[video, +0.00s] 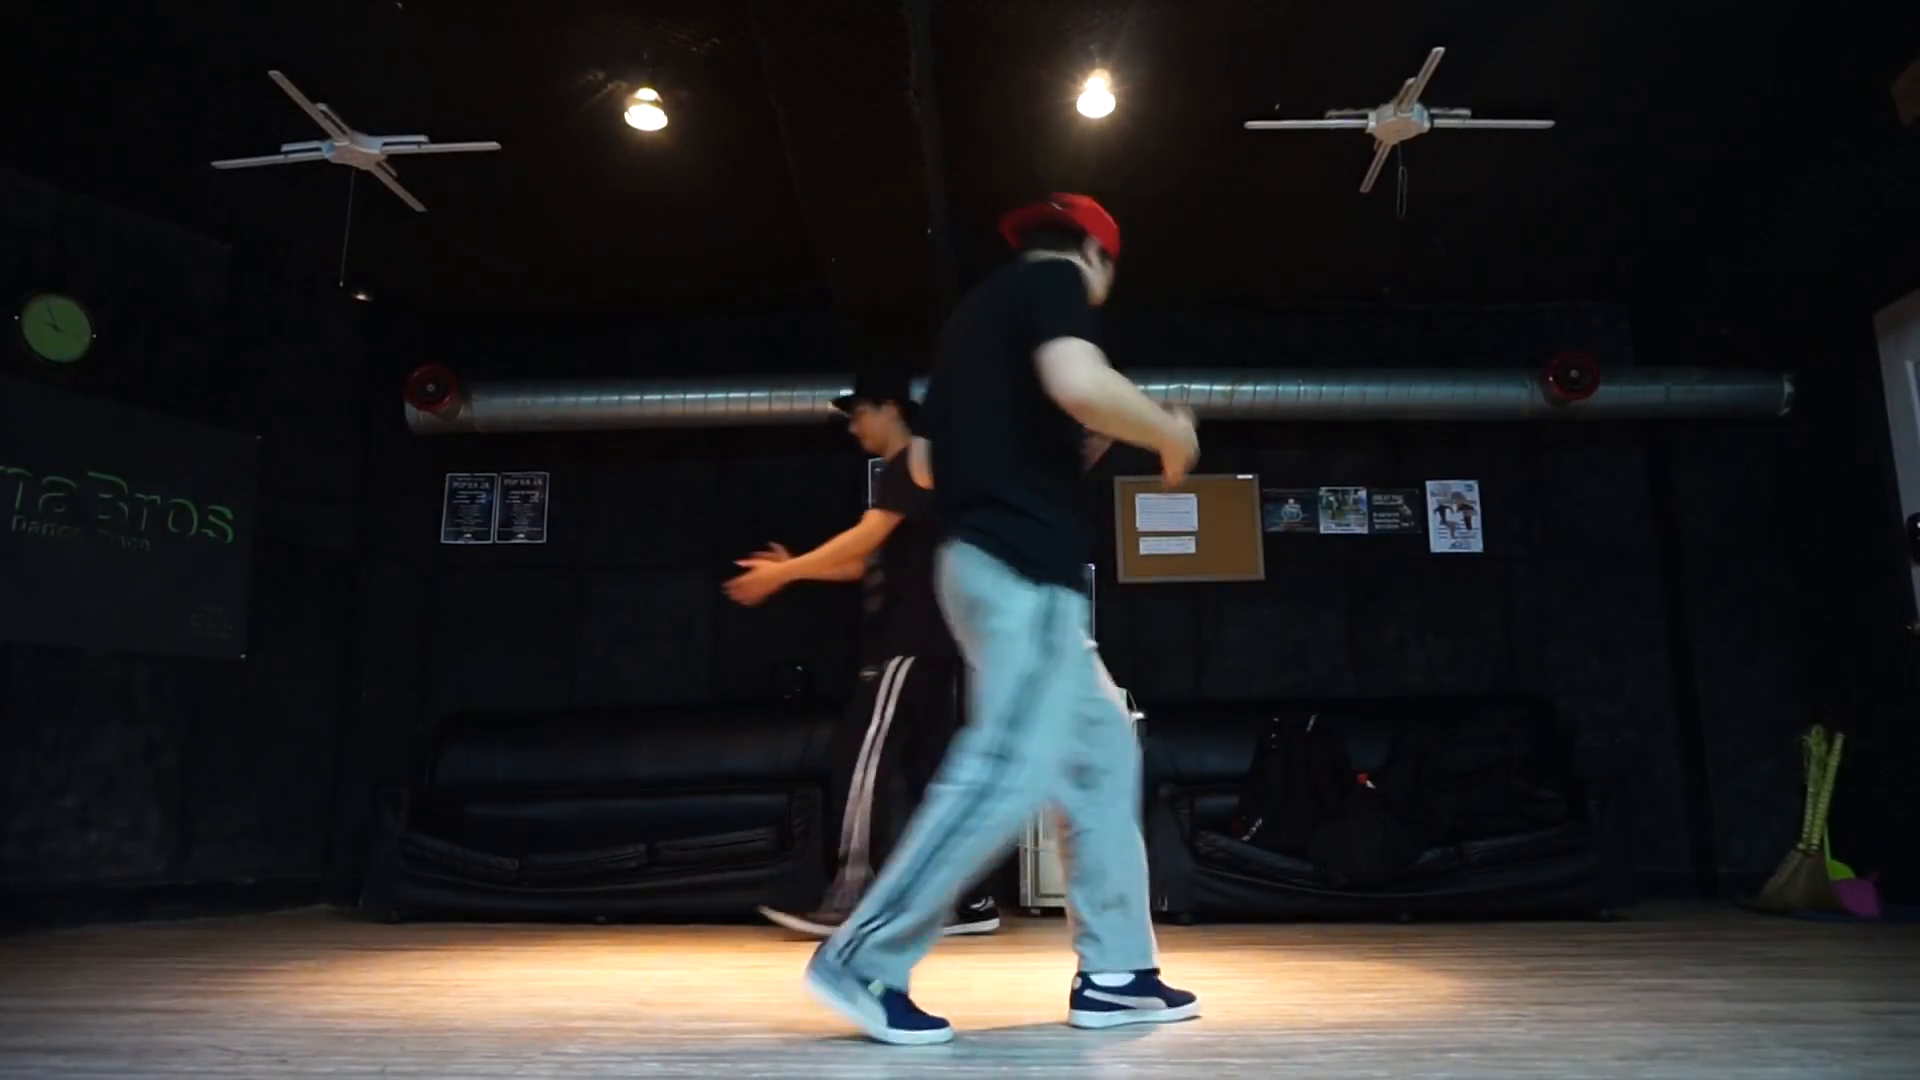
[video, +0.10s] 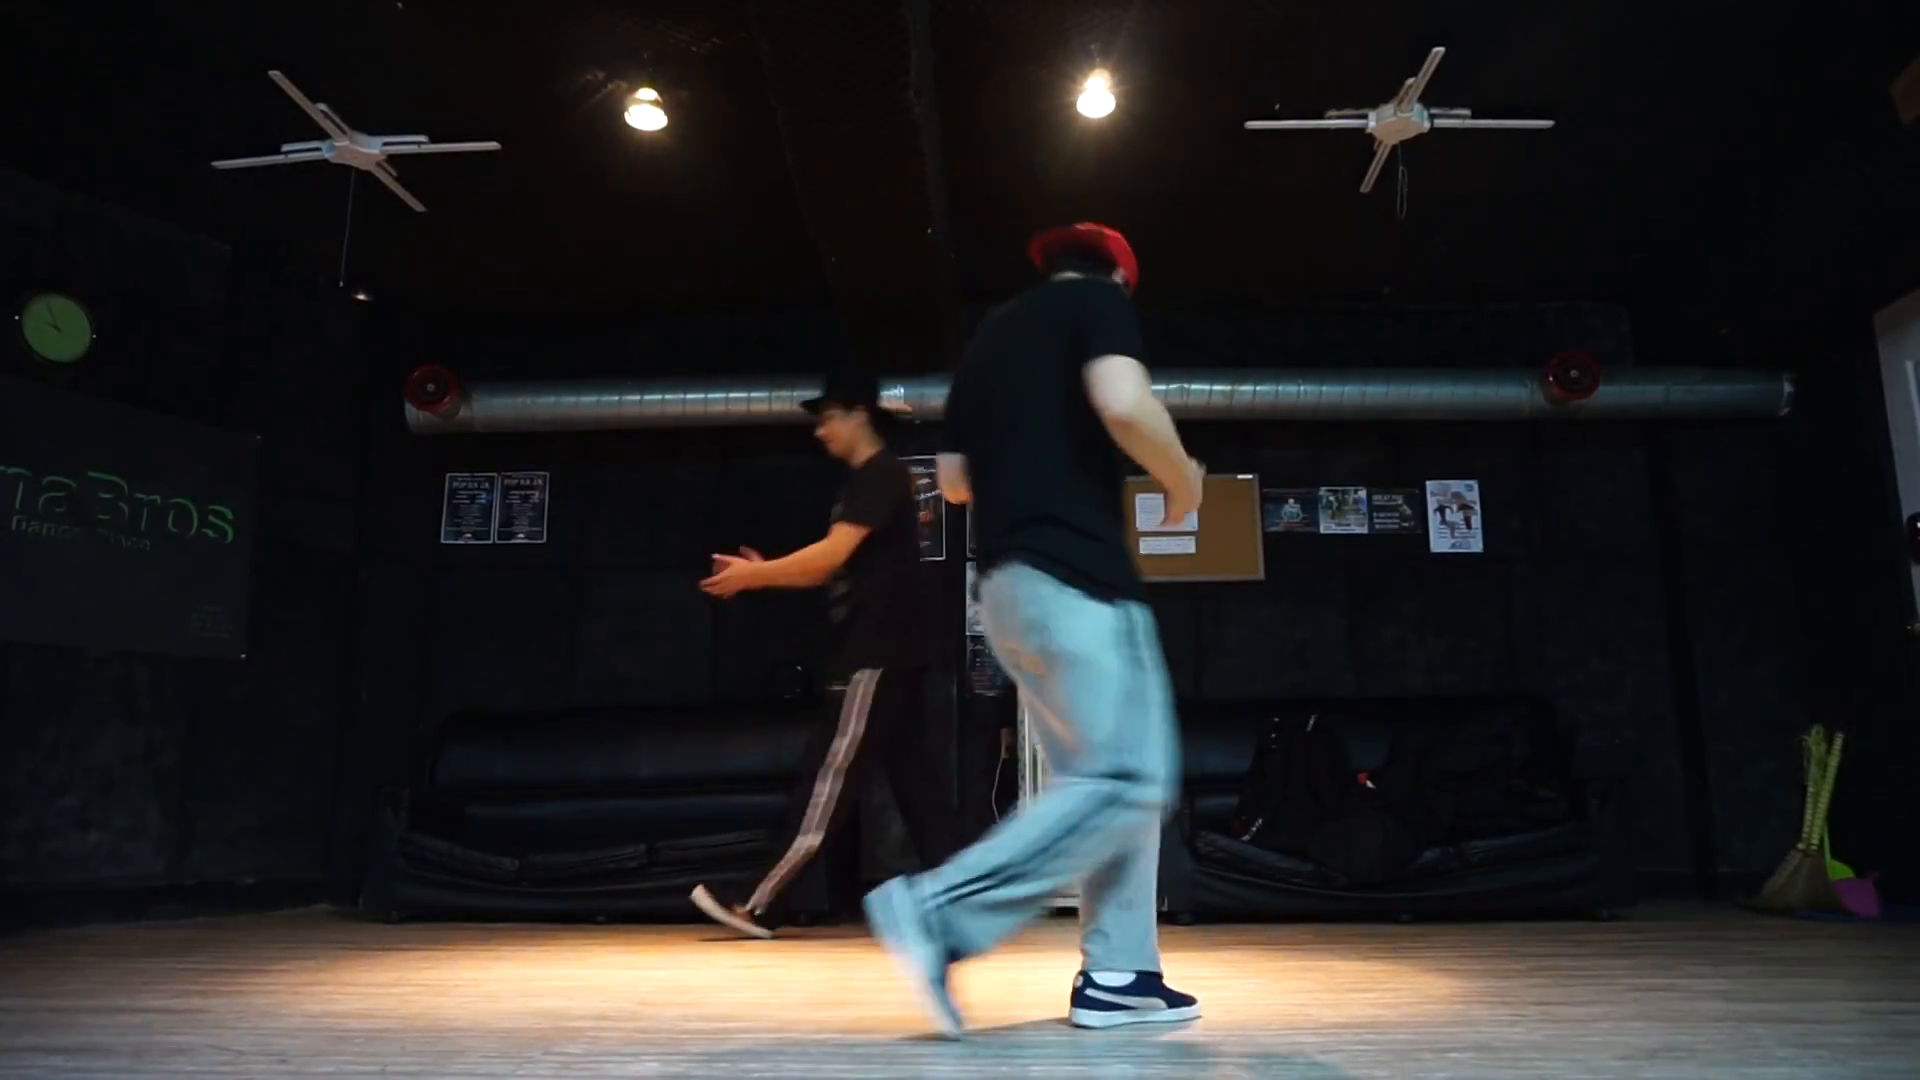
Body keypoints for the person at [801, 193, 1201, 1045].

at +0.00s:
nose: (1106, 277)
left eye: (1106, 263)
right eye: (1105, 261)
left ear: (1034, 246)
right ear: (1088, 248)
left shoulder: (979, 314)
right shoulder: (1054, 280)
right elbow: (1076, 381)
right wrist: (1171, 430)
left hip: (986, 563)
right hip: (1022, 567)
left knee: (1104, 747)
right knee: (1011, 764)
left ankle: (1117, 971)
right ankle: (863, 961)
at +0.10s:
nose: (1128, 298)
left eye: (1123, 287)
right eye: (1125, 286)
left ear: (1048, 273)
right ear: (1109, 275)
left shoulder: (991, 338)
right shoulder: (1098, 297)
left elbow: (956, 480)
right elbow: (1119, 401)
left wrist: (1053, 481)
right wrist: (1184, 479)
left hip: (1006, 583)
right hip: (1068, 578)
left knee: (1108, 777)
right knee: (1131, 778)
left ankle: (1118, 973)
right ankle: (932, 914)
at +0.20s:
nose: (1142, 302)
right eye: (1140, 293)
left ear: (1059, 288)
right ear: (1128, 285)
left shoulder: (1003, 358)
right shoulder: (1133, 310)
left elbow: (982, 490)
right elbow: (1167, 419)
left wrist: (1062, 481)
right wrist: (1185, 498)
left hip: (1033, 592)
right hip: (1108, 576)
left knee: (1120, 782)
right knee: (1212, 763)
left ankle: (1121, 973)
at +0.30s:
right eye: (1151, 279)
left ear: (1076, 286)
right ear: (1147, 280)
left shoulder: (1031, 351)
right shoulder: (1163, 310)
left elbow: (1006, 485)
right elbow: (1203, 410)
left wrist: (1077, 467)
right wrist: (1192, 493)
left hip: (1055, 582)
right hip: (1142, 565)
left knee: (1129, 777)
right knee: (1233, 749)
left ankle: (1112, 972)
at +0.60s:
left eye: (1157, 280)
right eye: (1207, 279)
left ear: (1143, 291)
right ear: (1217, 282)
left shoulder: (1103, 355)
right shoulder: (1242, 325)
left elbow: (1064, 471)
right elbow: (1304, 399)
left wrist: (1136, 500)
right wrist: (1259, 468)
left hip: (1131, 567)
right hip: (1224, 560)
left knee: (1141, 766)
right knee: (1263, 763)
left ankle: (1120, 950)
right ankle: (1287, 946)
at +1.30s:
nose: (1118, 371)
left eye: (1117, 359)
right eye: (1116, 360)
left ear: (1133, 352)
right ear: (1182, 346)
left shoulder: (1151, 393)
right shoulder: (1236, 404)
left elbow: (1162, 469)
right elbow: (1292, 508)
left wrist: (1103, 524)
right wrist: (1217, 535)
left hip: (1184, 610)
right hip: (1263, 604)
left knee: (1172, 776)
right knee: (1264, 769)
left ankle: (1218, 934)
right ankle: (1285, 923)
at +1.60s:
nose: (1081, 392)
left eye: (1087, 378)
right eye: (1080, 380)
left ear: (1119, 372)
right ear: (1131, 373)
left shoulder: (1146, 423)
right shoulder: (1191, 423)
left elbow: (1180, 506)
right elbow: (1243, 524)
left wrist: (1088, 530)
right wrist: (1174, 560)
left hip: (1153, 634)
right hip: (1203, 629)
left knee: (1134, 788)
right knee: (1163, 770)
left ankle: (1216, 935)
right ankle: (1237, 885)